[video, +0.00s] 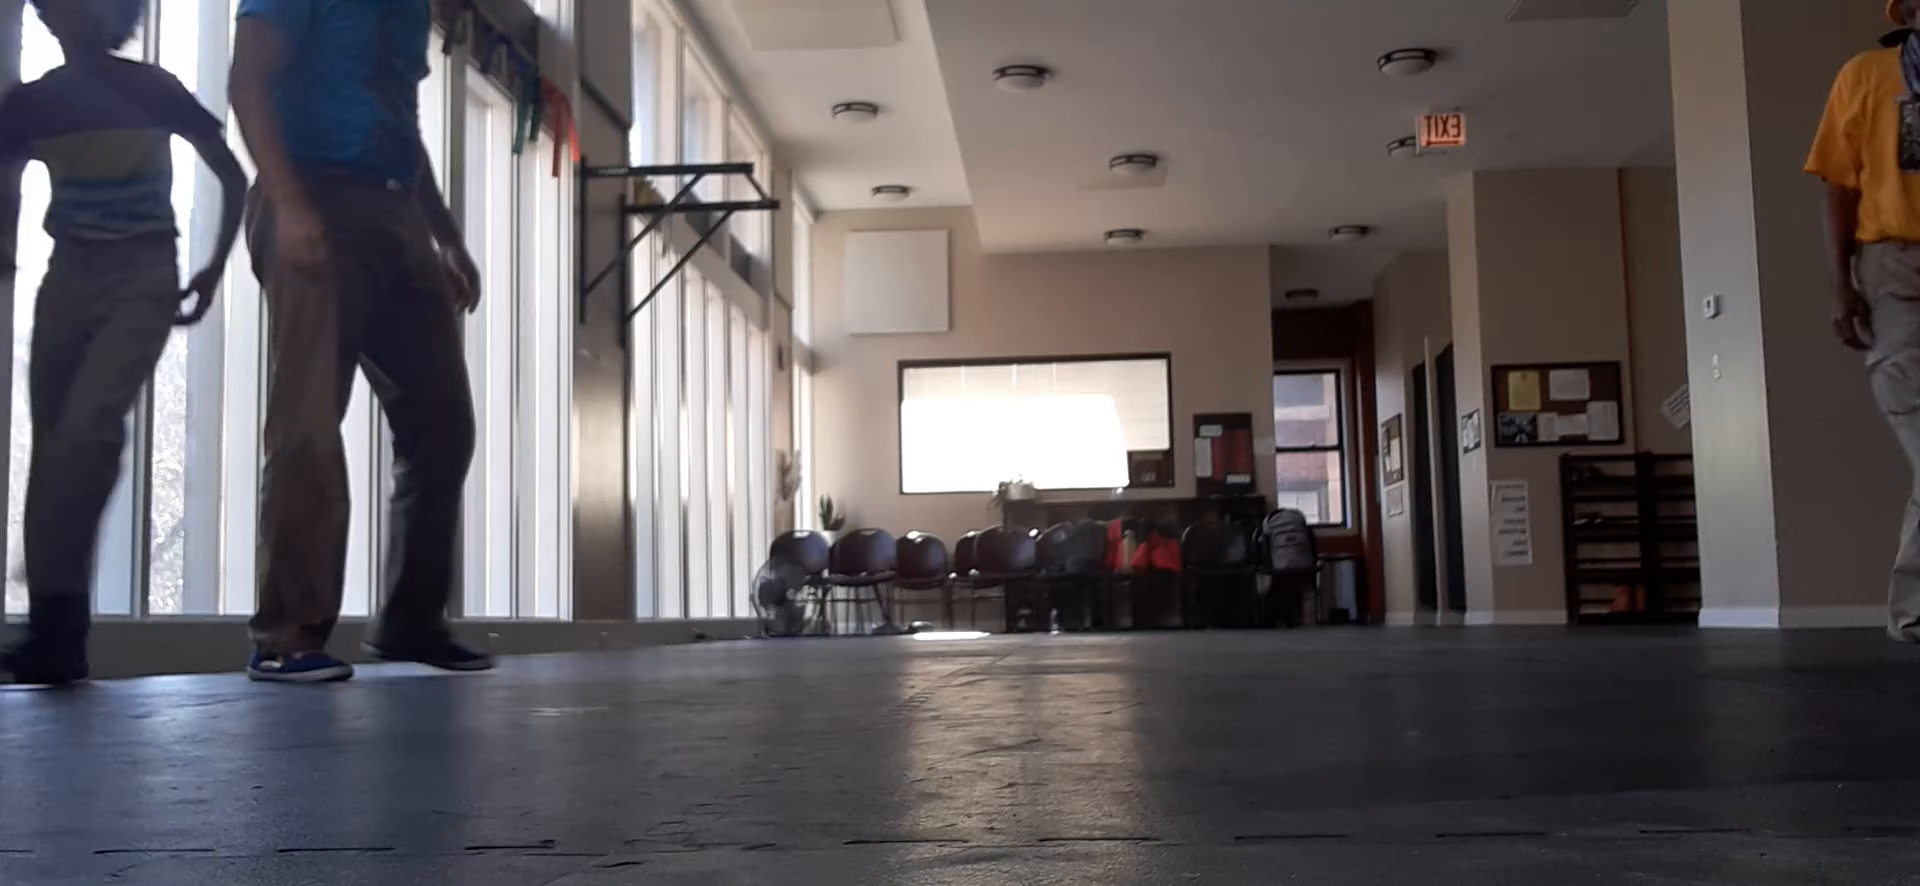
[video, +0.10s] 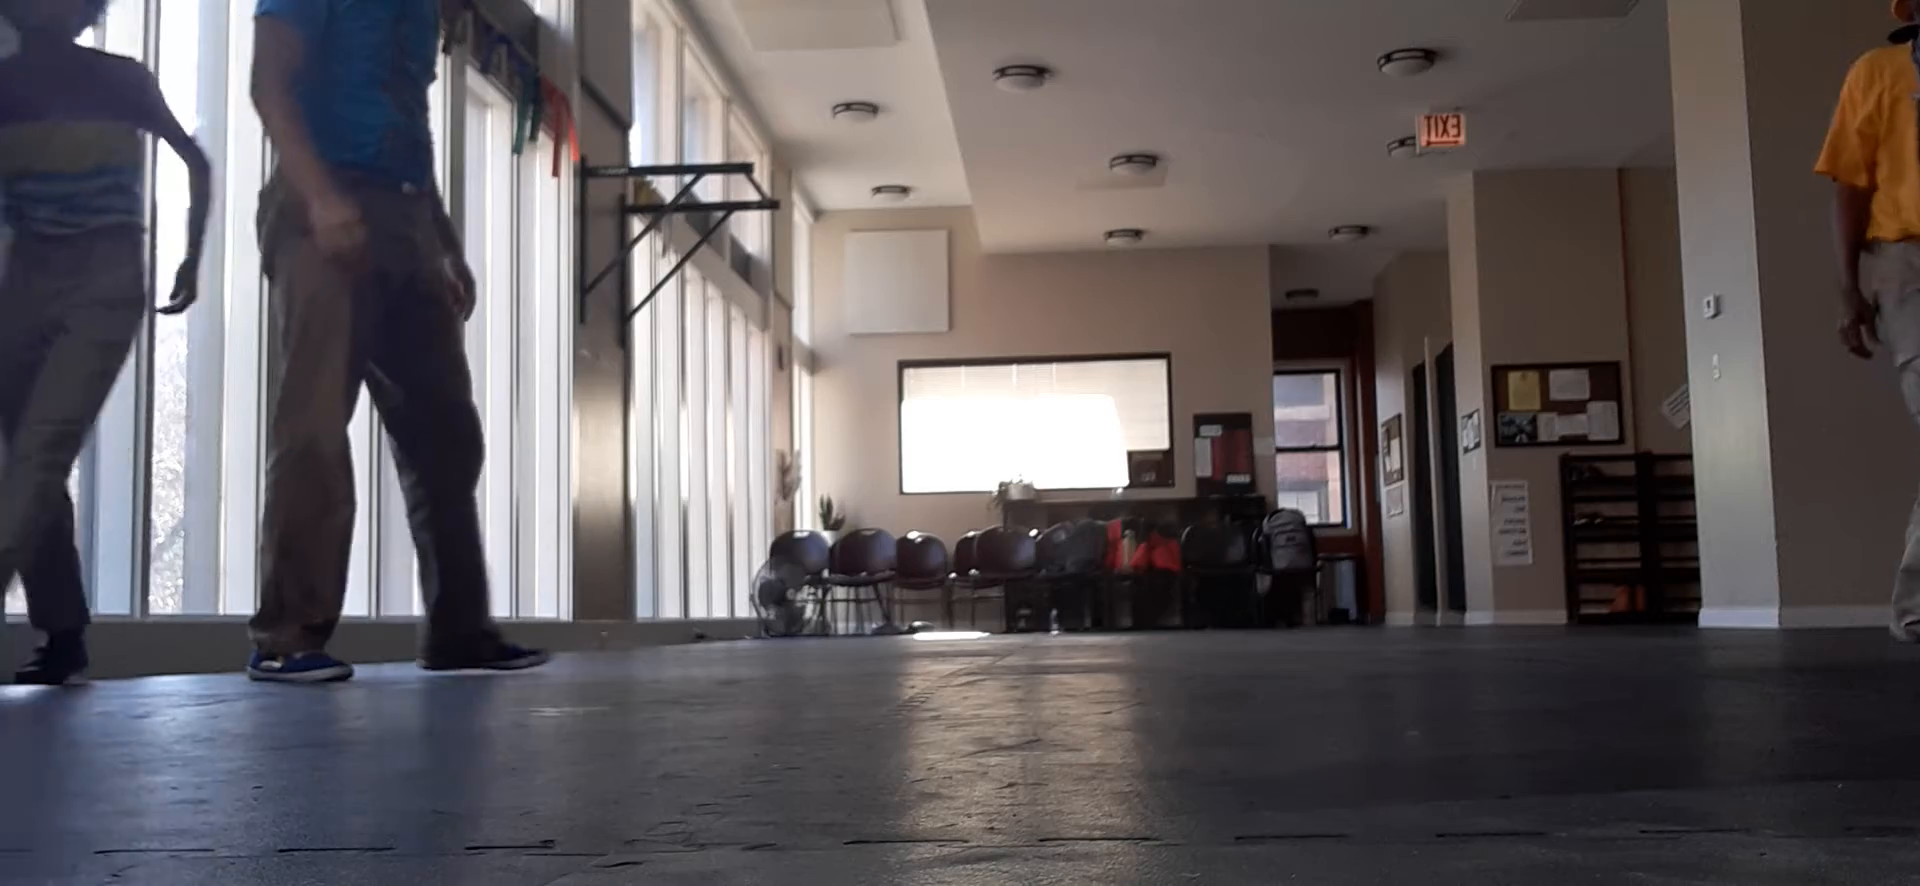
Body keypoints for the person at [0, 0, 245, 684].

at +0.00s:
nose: (84, 16)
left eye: (92, 5)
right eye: (72, 6)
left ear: (118, 14)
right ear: (50, 15)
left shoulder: (154, 89)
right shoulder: (28, 104)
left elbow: (234, 177)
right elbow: (12, 208)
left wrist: (215, 266)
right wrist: (13, 257)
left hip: (144, 281)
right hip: (67, 282)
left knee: (85, 431)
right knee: (53, 448)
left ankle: (58, 637)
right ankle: (54, 637)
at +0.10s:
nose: (43, 10)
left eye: (56, 2)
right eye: (38, 2)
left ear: (83, 11)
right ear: (20, 11)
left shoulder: (120, 79)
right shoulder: (8, 77)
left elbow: (199, 163)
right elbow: (201, 165)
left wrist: (191, 260)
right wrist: (193, 259)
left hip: (107, 279)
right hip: (23, 279)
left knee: (42, 451)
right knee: (30, 456)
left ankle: (63, 639)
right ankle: (62, 638)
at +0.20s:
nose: (28, 9)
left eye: (31, 5)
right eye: (29, 4)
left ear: (45, 7)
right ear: (43, 8)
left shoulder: (92, 70)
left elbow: (155, 185)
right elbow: (156, 186)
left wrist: (150, 297)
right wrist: (151, 297)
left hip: (50, 271)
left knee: (6, 459)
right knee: (7, 463)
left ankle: (48, 618)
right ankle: (48, 618)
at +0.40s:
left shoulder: (43, 17)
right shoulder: (41, 16)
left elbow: (67, 158)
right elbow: (68, 159)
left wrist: (43, 196)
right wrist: (42, 198)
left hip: (19, 224)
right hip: (18, 225)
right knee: (5, 433)